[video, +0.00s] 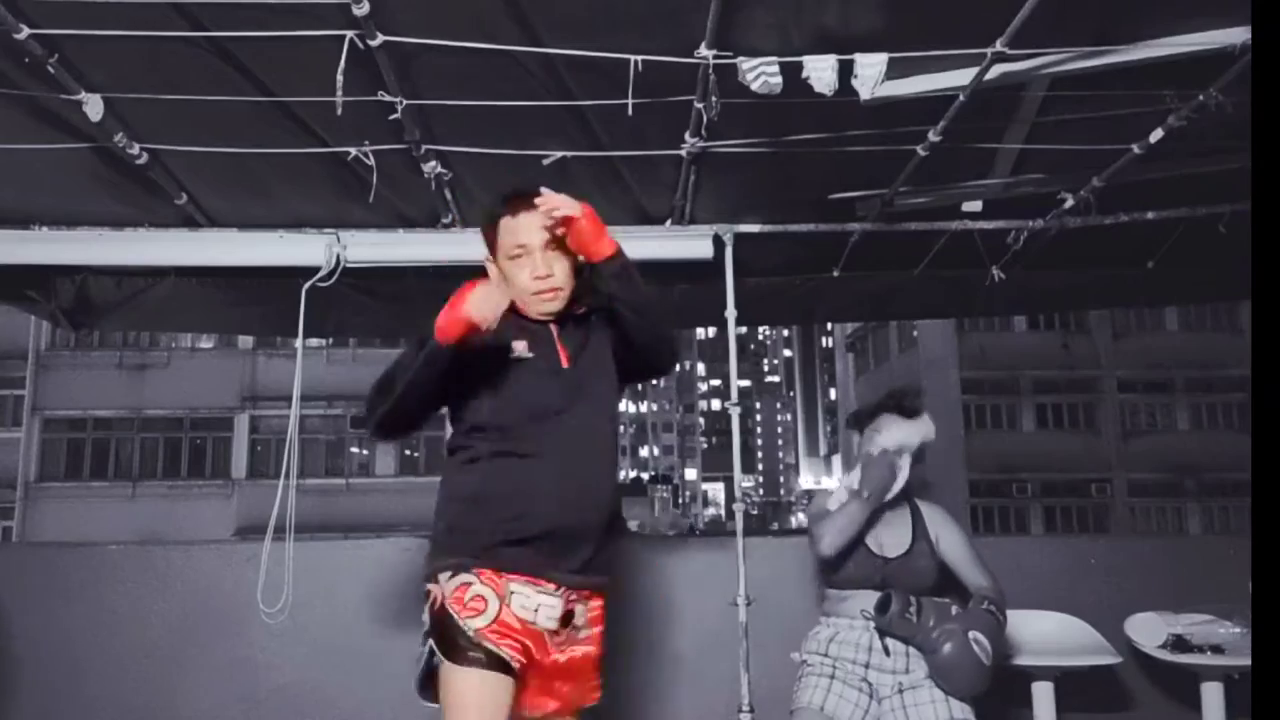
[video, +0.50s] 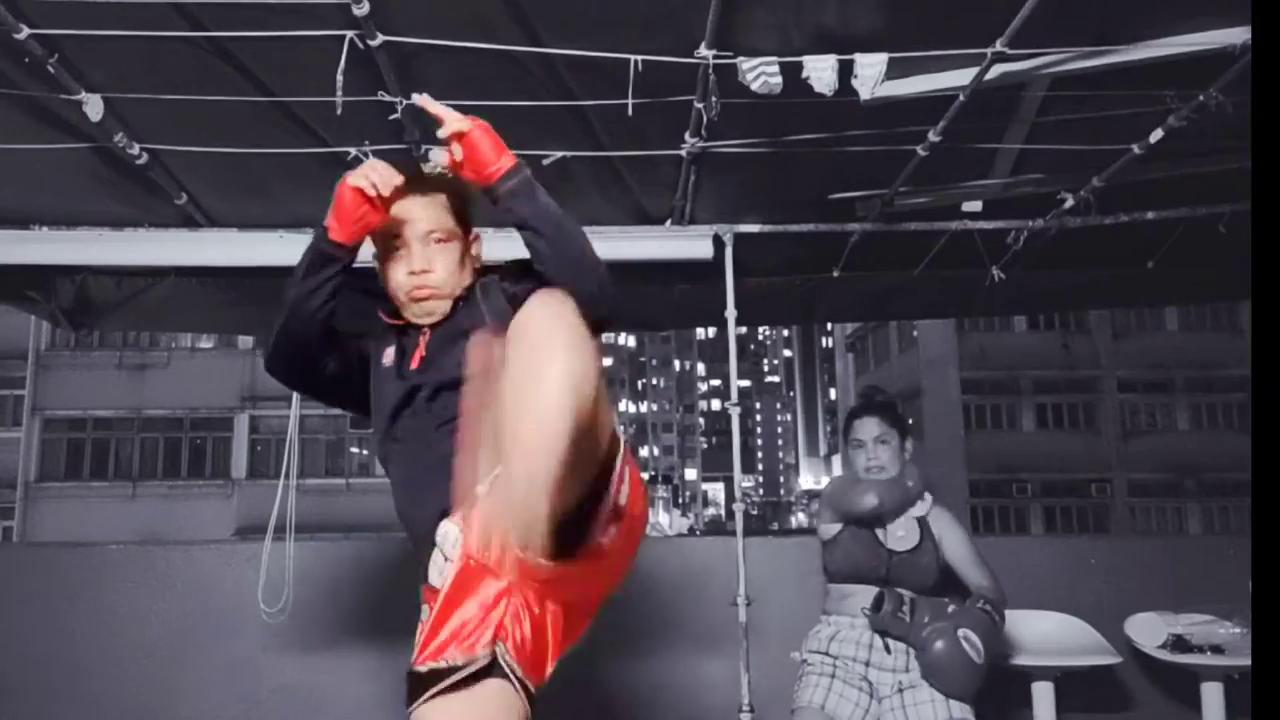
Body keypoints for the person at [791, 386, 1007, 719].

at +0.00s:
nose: (891, 462)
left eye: (901, 452)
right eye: (880, 449)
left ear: (911, 460)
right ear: (857, 453)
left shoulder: (930, 517)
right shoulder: (830, 507)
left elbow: (985, 587)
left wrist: (985, 618)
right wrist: (870, 494)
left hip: (923, 668)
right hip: (837, 662)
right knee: (817, 712)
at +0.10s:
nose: (892, 457)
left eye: (903, 447)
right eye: (879, 447)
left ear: (915, 455)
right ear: (858, 452)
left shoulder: (933, 517)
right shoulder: (830, 507)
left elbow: (985, 586)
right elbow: (841, 536)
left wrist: (986, 617)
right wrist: (881, 481)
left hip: (924, 667)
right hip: (838, 661)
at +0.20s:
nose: (877, 458)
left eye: (888, 449)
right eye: (866, 446)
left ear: (908, 456)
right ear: (853, 448)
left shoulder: (933, 518)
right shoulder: (832, 500)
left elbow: (987, 589)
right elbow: (853, 525)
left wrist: (986, 619)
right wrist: (894, 471)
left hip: (924, 667)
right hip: (838, 660)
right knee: (819, 712)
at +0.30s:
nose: (867, 457)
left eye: (881, 446)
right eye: (858, 446)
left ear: (908, 452)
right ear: (848, 453)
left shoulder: (932, 519)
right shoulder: (836, 497)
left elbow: (988, 590)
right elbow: (848, 525)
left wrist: (985, 621)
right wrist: (909, 493)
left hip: (921, 666)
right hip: (837, 659)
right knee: (817, 712)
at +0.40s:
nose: (867, 455)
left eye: (880, 443)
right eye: (857, 445)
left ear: (906, 449)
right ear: (847, 453)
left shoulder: (935, 518)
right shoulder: (836, 497)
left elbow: (987, 589)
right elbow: (874, 498)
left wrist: (982, 623)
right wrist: (920, 474)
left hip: (922, 667)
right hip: (839, 660)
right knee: (820, 712)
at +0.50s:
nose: (871, 455)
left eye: (883, 442)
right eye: (858, 446)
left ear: (906, 448)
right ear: (847, 455)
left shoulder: (935, 519)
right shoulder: (835, 498)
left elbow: (987, 587)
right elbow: (867, 500)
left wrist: (980, 616)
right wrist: (909, 482)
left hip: (922, 667)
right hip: (838, 660)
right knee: (819, 712)